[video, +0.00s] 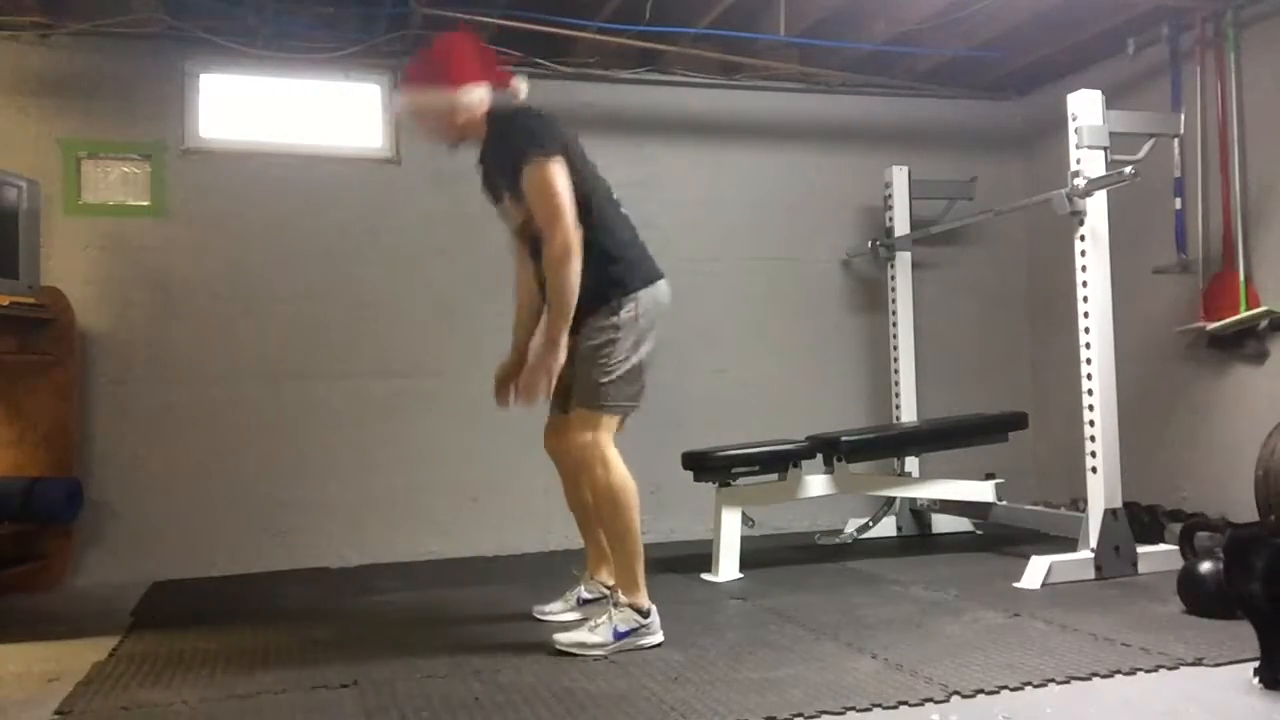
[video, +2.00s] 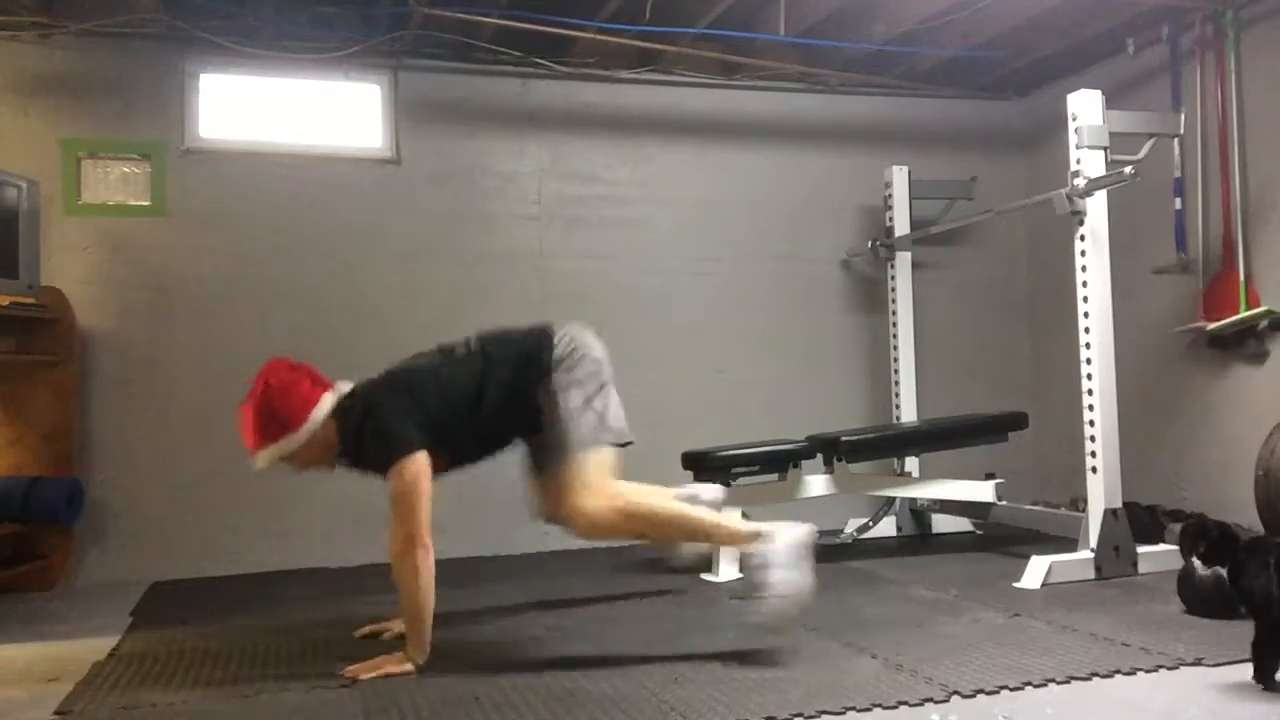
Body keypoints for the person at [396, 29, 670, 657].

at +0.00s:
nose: (432, 123)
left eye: (435, 107)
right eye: (425, 111)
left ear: (470, 93)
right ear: (457, 102)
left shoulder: (523, 131)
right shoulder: (494, 156)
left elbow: (564, 240)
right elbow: (528, 254)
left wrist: (552, 343)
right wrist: (521, 347)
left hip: (623, 296)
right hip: (588, 306)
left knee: (590, 441)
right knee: (563, 440)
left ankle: (638, 607)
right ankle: (603, 581)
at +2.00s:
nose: (291, 464)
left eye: (286, 451)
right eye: (280, 455)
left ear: (306, 429)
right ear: (312, 414)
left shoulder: (386, 421)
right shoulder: (371, 421)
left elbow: (415, 546)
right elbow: (408, 539)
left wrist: (416, 652)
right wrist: (410, 621)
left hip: (560, 360)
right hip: (537, 384)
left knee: (590, 507)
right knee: (561, 503)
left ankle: (762, 539)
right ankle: (694, 505)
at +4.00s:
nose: (387, 332)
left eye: (388, 316)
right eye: (380, 320)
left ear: (417, 297)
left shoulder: (488, 317)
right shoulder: (467, 328)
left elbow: (478, 448)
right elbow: (464, 445)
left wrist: (453, 553)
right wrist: (440, 542)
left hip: (649, 365)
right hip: (612, 367)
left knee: (542, 462)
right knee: (519, 459)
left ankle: (632, 615)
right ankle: (591, 580)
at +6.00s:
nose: (345, 435)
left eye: (343, 421)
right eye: (337, 427)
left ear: (369, 398)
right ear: (375, 390)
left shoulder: (429, 410)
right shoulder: (419, 415)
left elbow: (421, 543)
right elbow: (419, 534)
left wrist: (404, 652)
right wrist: (404, 616)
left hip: (603, 426)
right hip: (580, 426)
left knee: (483, 491)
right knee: (470, 488)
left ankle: (611, 600)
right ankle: (579, 585)